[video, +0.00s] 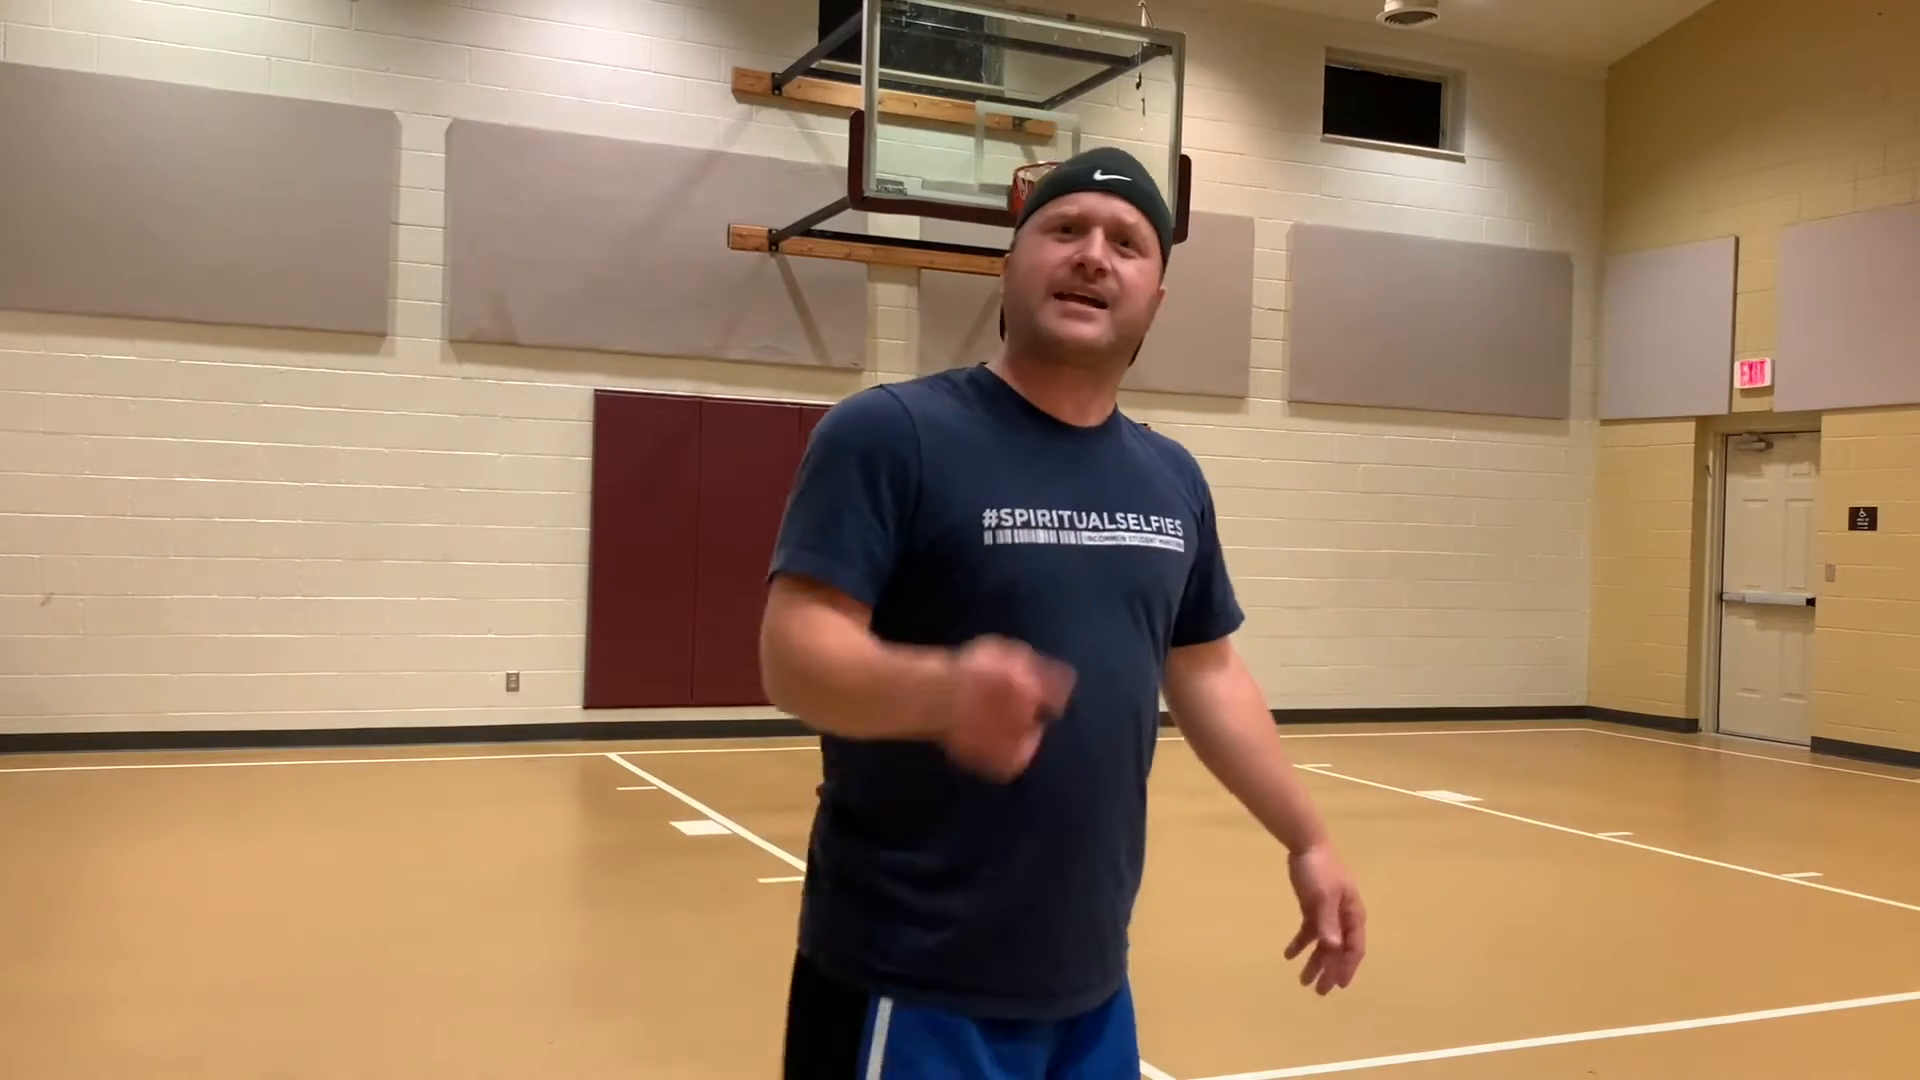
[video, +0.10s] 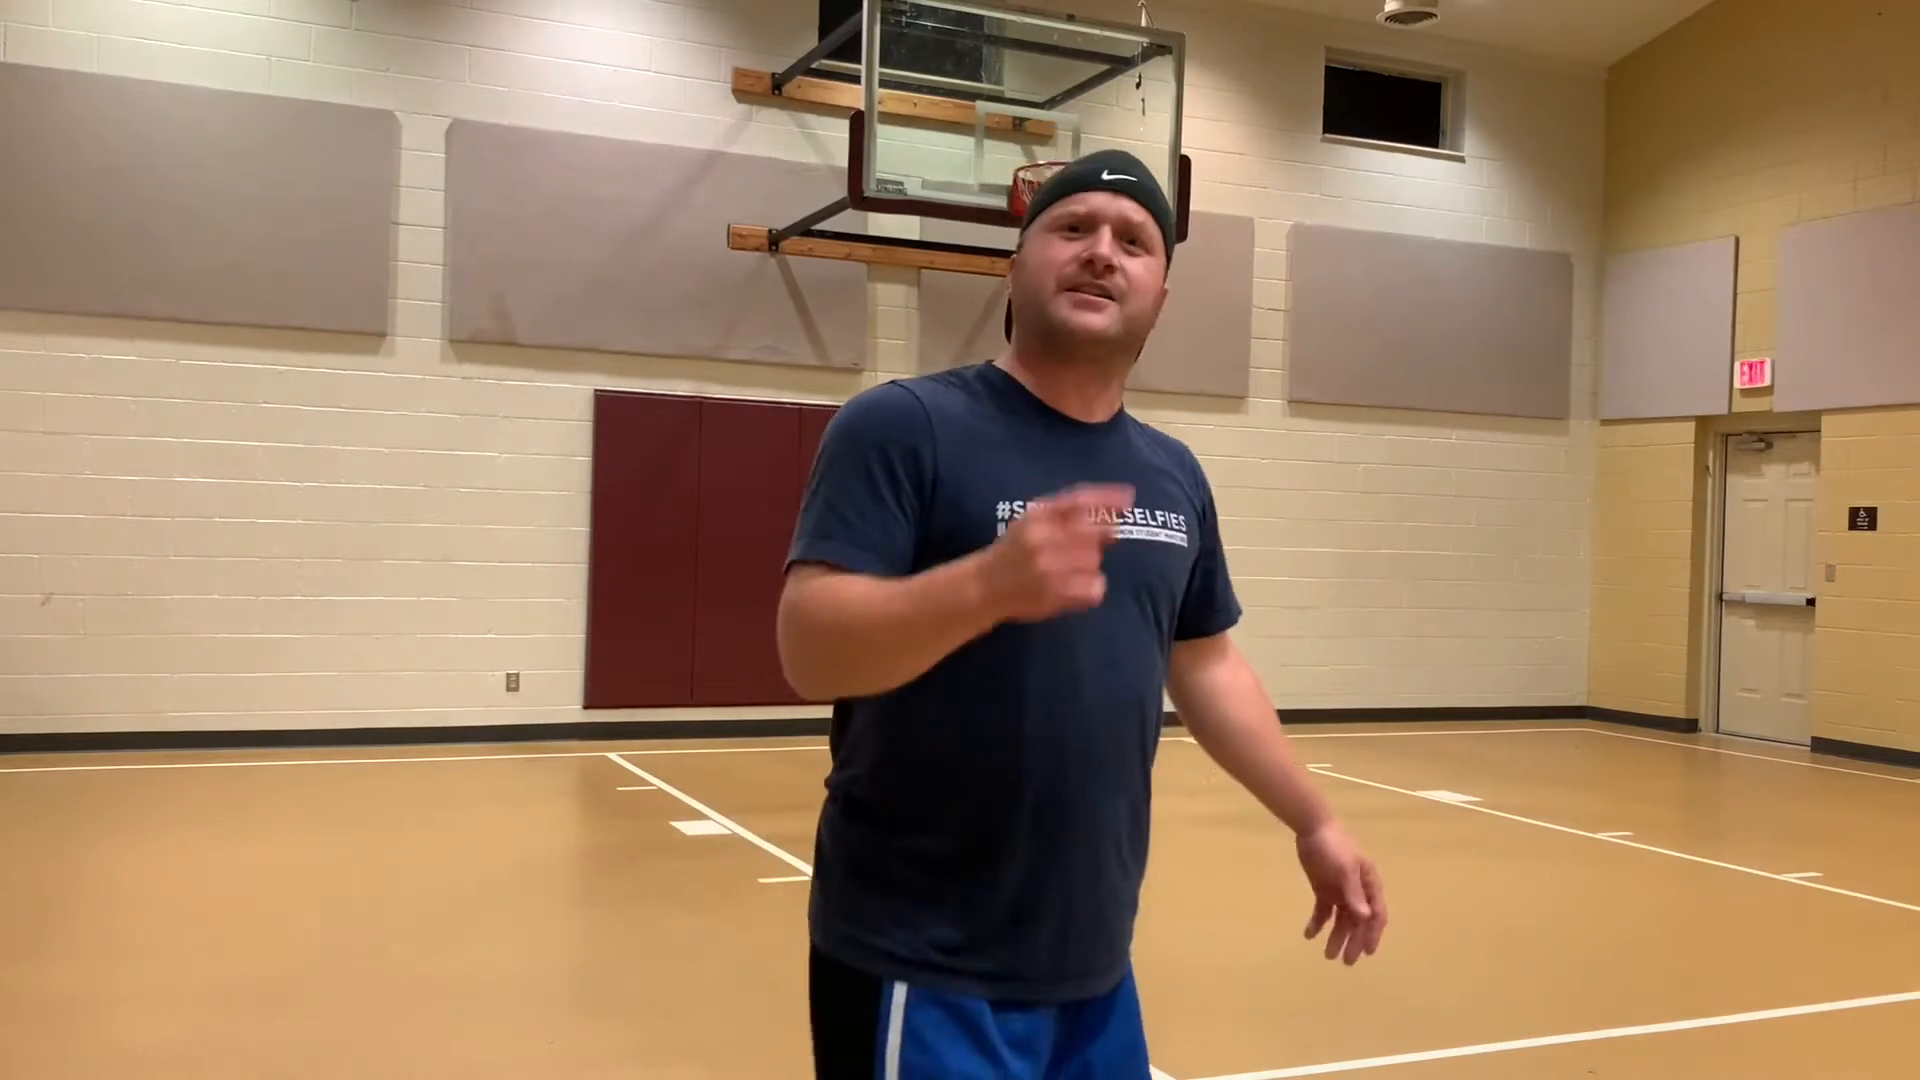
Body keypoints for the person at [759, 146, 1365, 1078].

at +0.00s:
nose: (1093, 255)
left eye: (1126, 243)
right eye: (1065, 229)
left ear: (1159, 294)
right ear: (1007, 261)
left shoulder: (1172, 482)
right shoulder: (888, 435)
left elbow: (1208, 669)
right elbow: (794, 654)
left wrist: (1308, 840)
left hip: (1087, 981)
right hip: (901, 983)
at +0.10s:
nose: (1100, 251)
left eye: (1132, 239)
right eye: (1071, 228)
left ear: (1162, 295)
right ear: (1015, 260)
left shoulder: (1172, 476)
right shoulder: (899, 427)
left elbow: (1205, 661)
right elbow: (811, 651)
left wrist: (1313, 820)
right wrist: (986, 586)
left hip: (1091, 958)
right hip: (916, 963)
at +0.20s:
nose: (1093, 245)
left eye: (1124, 234)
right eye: (1064, 224)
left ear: (1155, 288)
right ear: (1011, 261)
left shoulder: (1165, 468)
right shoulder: (900, 425)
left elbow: (1199, 652)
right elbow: (828, 650)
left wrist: (1298, 809)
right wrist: (1010, 546)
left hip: (1089, 943)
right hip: (922, 948)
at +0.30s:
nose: (1077, 242)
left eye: (1108, 229)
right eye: (1047, 222)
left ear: (1143, 283)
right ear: (996, 263)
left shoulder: (1158, 461)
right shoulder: (898, 426)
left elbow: (1188, 645)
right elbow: (828, 649)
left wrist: (1267, 805)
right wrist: (1010, 595)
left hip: (1086, 941)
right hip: (921, 946)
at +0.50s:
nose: (1044, 247)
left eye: (1074, 229)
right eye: (1014, 224)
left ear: (1112, 273)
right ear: (962, 263)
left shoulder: (1135, 450)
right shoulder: (875, 440)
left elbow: (1155, 631)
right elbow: (797, 663)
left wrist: (1207, 794)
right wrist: (981, 750)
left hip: (1089, 947)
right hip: (918, 958)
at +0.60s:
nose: (1028, 249)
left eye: (1058, 228)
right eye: (996, 225)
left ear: (1095, 267)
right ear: (943, 263)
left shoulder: (1124, 446)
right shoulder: (861, 442)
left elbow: (1146, 627)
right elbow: (780, 667)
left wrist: (1203, 791)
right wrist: (958, 774)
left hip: (1085, 953)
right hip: (913, 965)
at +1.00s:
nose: (995, 247)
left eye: (1025, 223)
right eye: (960, 223)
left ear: (1065, 260)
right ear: (907, 263)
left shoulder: (1097, 437)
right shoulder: (835, 455)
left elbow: (1134, 618)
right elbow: (797, 710)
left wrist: (1242, 763)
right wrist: (974, 626)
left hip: (1072, 954)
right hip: (901, 973)